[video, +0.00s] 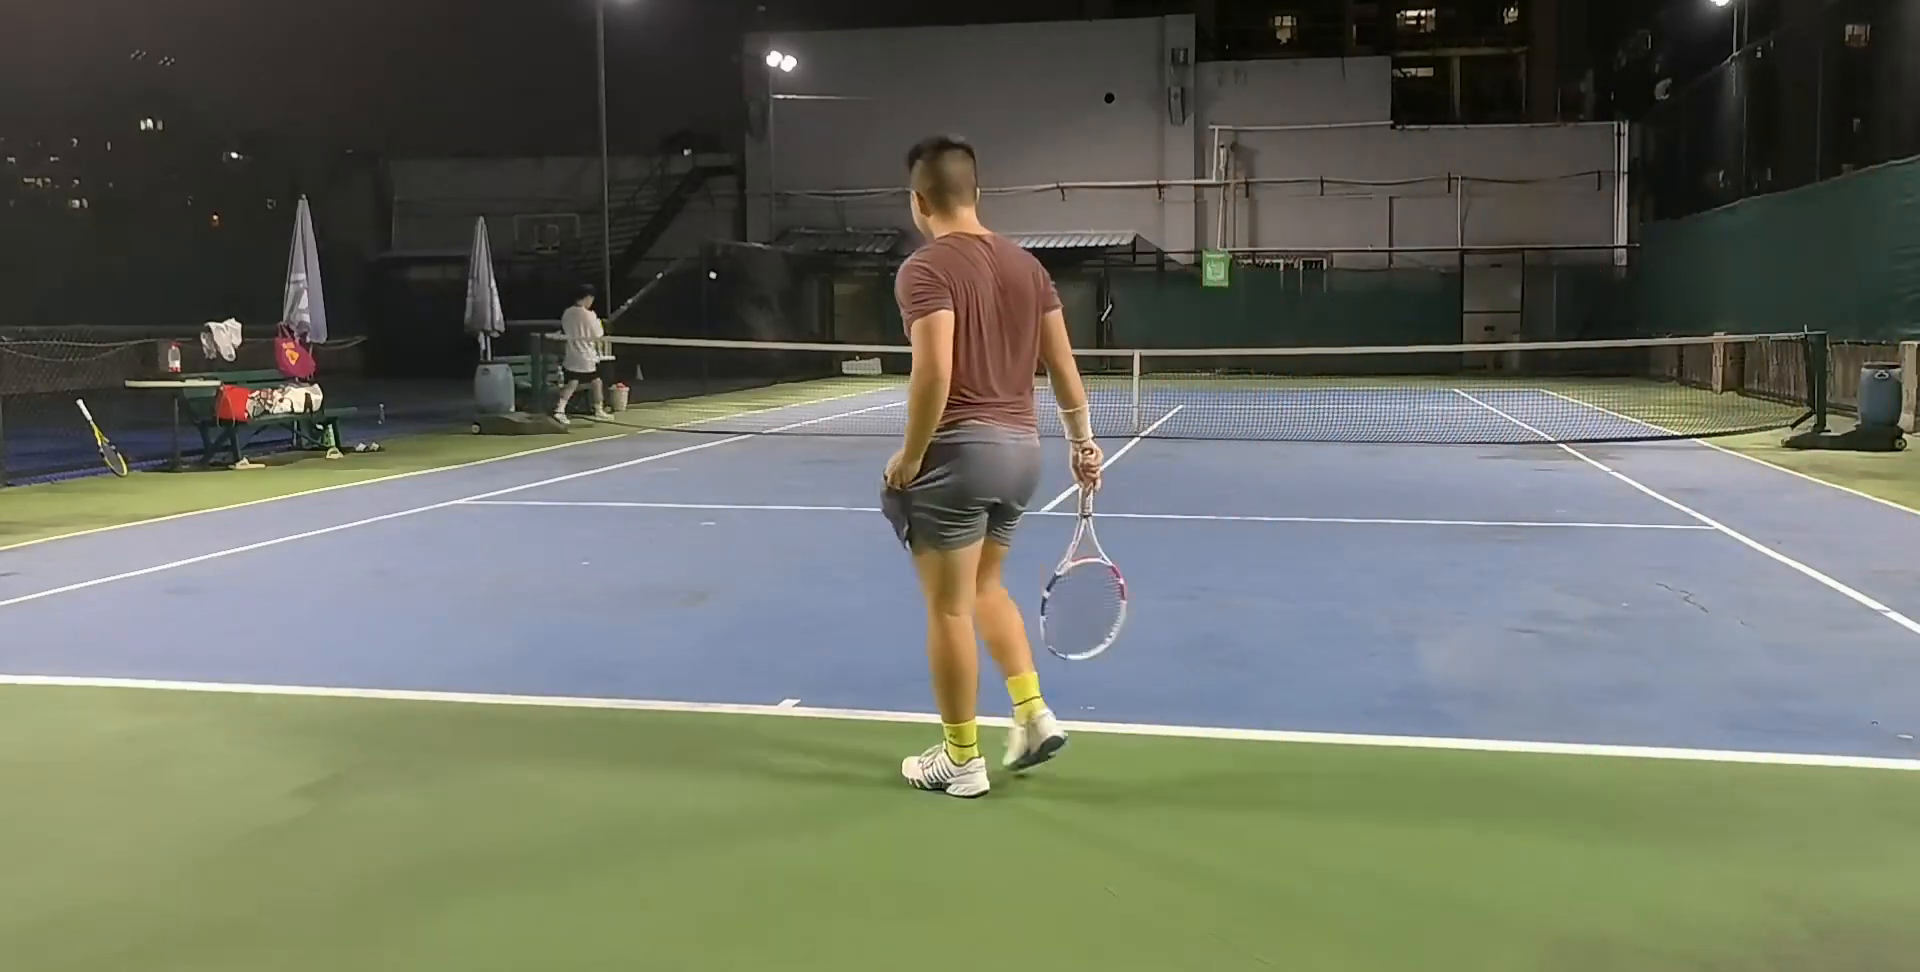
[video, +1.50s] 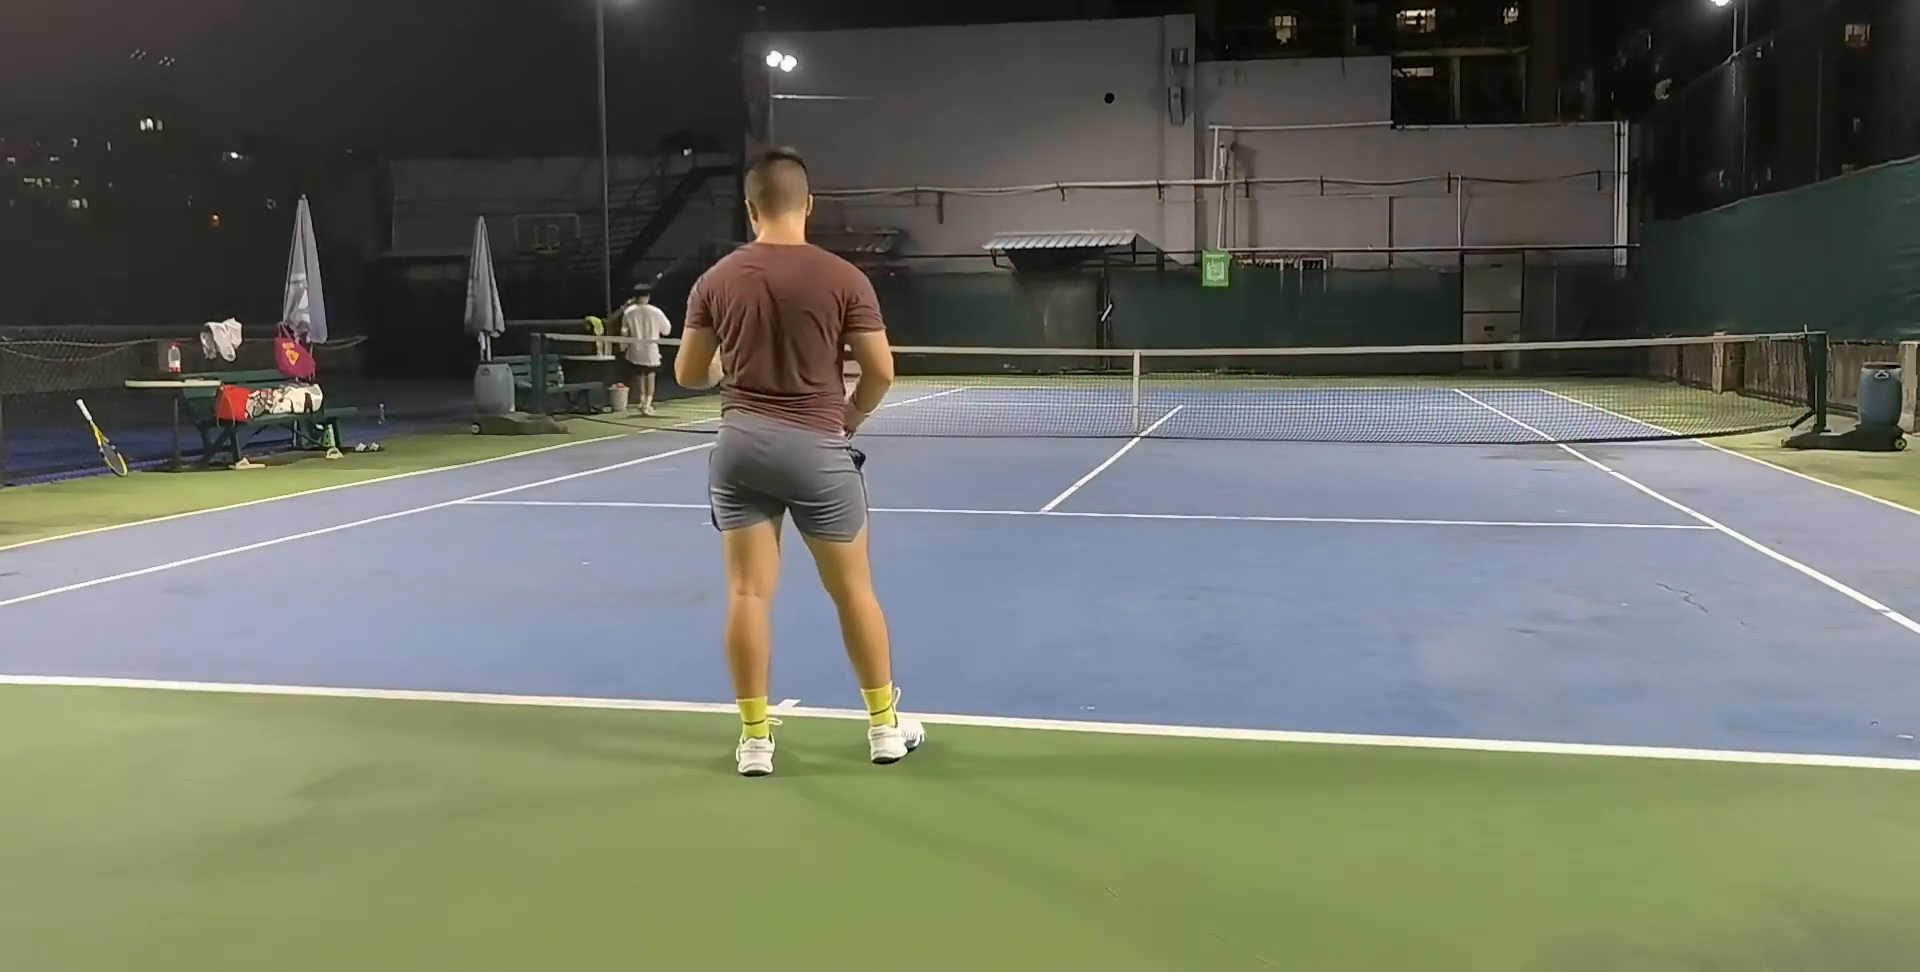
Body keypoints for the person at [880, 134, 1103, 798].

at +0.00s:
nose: (912, 210)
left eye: (911, 201)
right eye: (915, 201)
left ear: (919, 202)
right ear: (977, 195)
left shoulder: (925, 267)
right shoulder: (1027, 265)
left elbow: (935, 370)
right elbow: (1064, 366)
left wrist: (910, 454)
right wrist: (1081, 437)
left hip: (956, 447)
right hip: (1023, 449)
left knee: (950, 605)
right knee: (987, 585)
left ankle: (962, 757)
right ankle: (1033, 715)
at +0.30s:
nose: (880, 214)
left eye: (880, 206)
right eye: (886, 206)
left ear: (887, 207)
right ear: (945, 204)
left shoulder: (881, 266)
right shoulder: (989, 273)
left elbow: (859, 351)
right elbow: (1025, 373)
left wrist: (855, 434)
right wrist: (1045, 451)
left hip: (911, 447)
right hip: (981, 451)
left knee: (933, 609)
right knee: (935, 596)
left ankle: (962, 759)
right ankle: (903, 722)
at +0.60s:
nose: (862, 208)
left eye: (862, 200)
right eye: (871, 200)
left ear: (869, 203)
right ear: (925, 204)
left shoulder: (850, 266)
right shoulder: (959, 279)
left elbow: (820, 361)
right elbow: (977, 383)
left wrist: (801, 438)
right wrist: (954, 434)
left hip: (871, 446)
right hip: (940, 446)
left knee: (839, 590)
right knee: (913, 585)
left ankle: (911, 709)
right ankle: (902, 722)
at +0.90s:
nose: (823, 210)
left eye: (822, 202)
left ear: (825, 205)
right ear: (882, 202)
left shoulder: (801, 273)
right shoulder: (924, 276)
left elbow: (776, 370)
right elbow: (946, 367)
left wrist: (776, 451)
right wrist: (910, 411)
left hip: (828, 441)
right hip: (902, 442)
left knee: (794, 590)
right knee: (900, 589)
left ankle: (760, 735)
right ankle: (902, 727)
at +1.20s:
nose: (770, 215)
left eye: (767, 206)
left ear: (770, 206)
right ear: (829, 204)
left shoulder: (744, 278)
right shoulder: (874, 277)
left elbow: (708, 376)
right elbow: (902, 371)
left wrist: (722, 337)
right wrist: (866, 416)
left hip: (771, 438)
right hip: (846, 444)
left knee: (760, 592)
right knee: (869, 591)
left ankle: (755, 739)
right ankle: (896, 724)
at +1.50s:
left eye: (750, 204)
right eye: (808, 201)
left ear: (750, 207)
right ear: (809, 205)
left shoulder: (717, 281)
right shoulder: (844, 278)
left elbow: (688, 374)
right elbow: (880, 371)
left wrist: (732, 360)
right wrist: (849, 418)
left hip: (742, 442)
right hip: (821, 448)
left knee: (748, 592)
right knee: (854, 589)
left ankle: (755, 739)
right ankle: (884, 727)